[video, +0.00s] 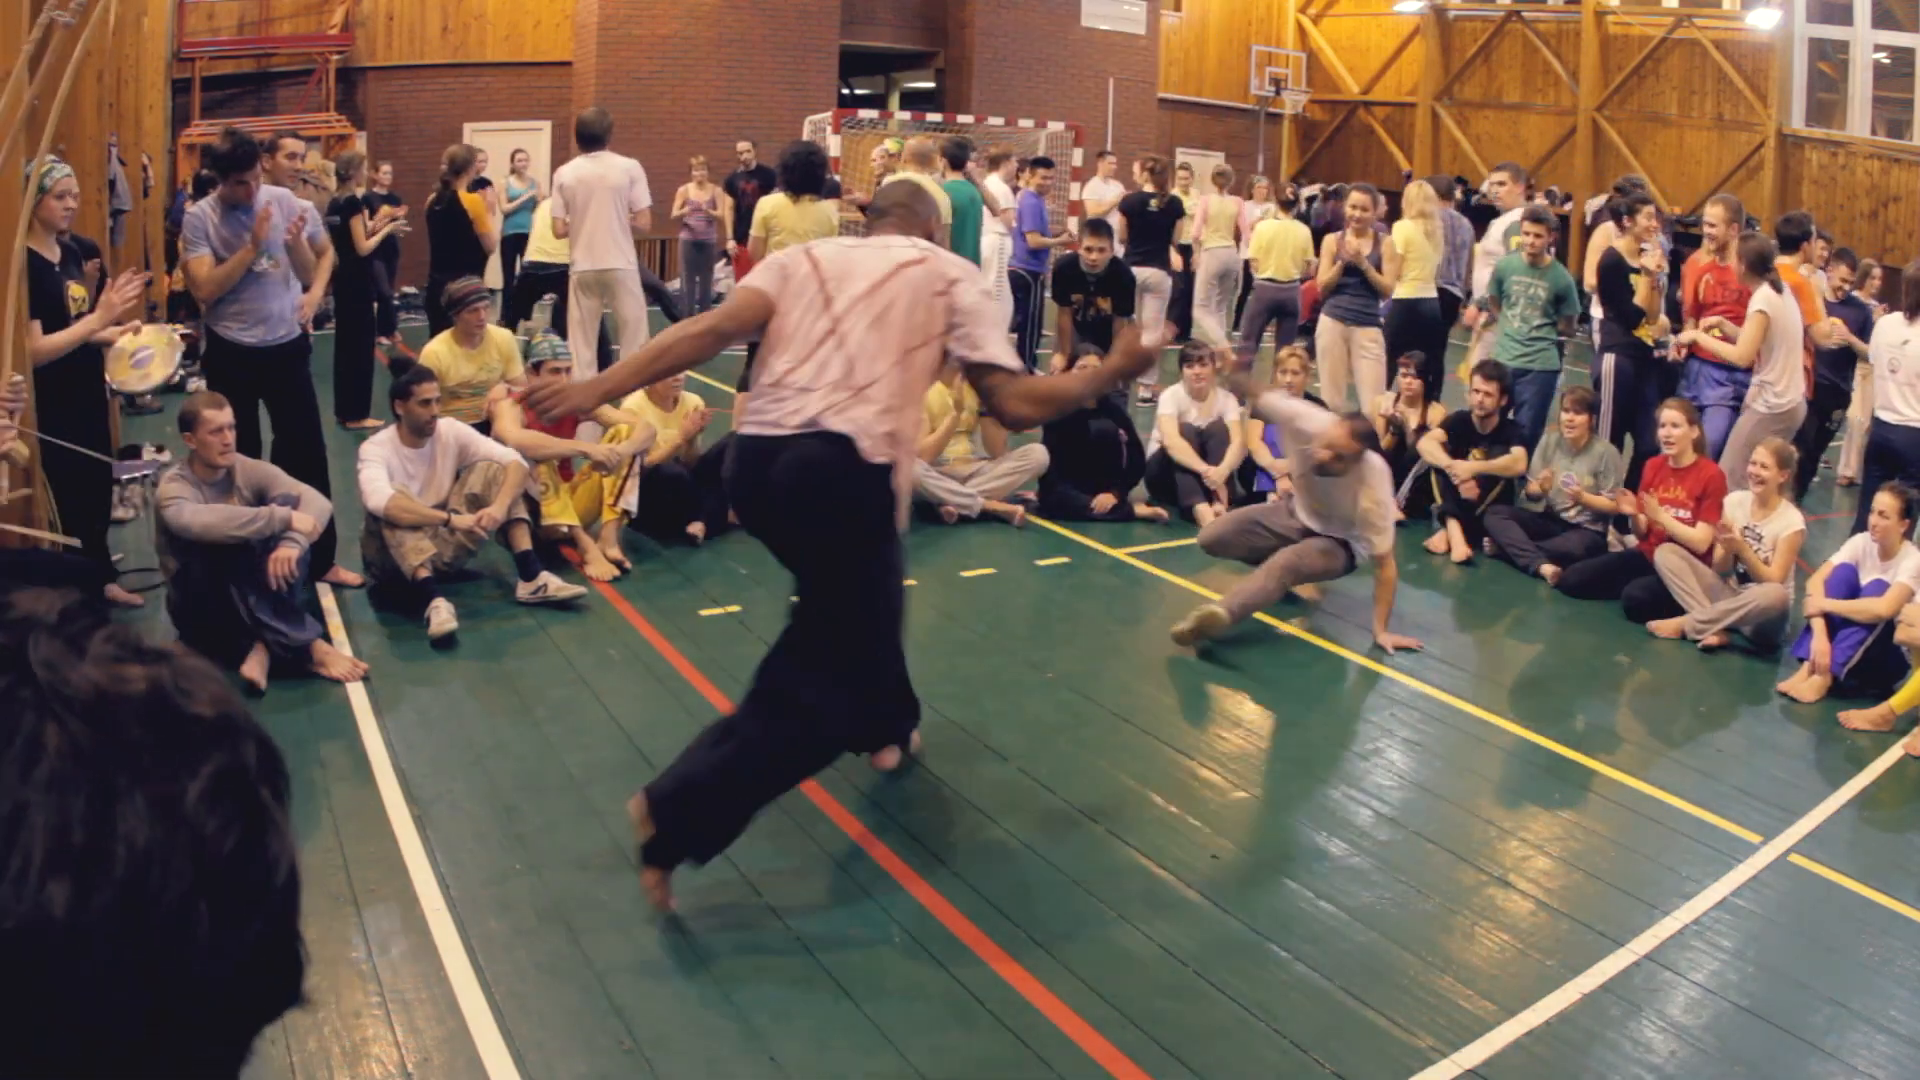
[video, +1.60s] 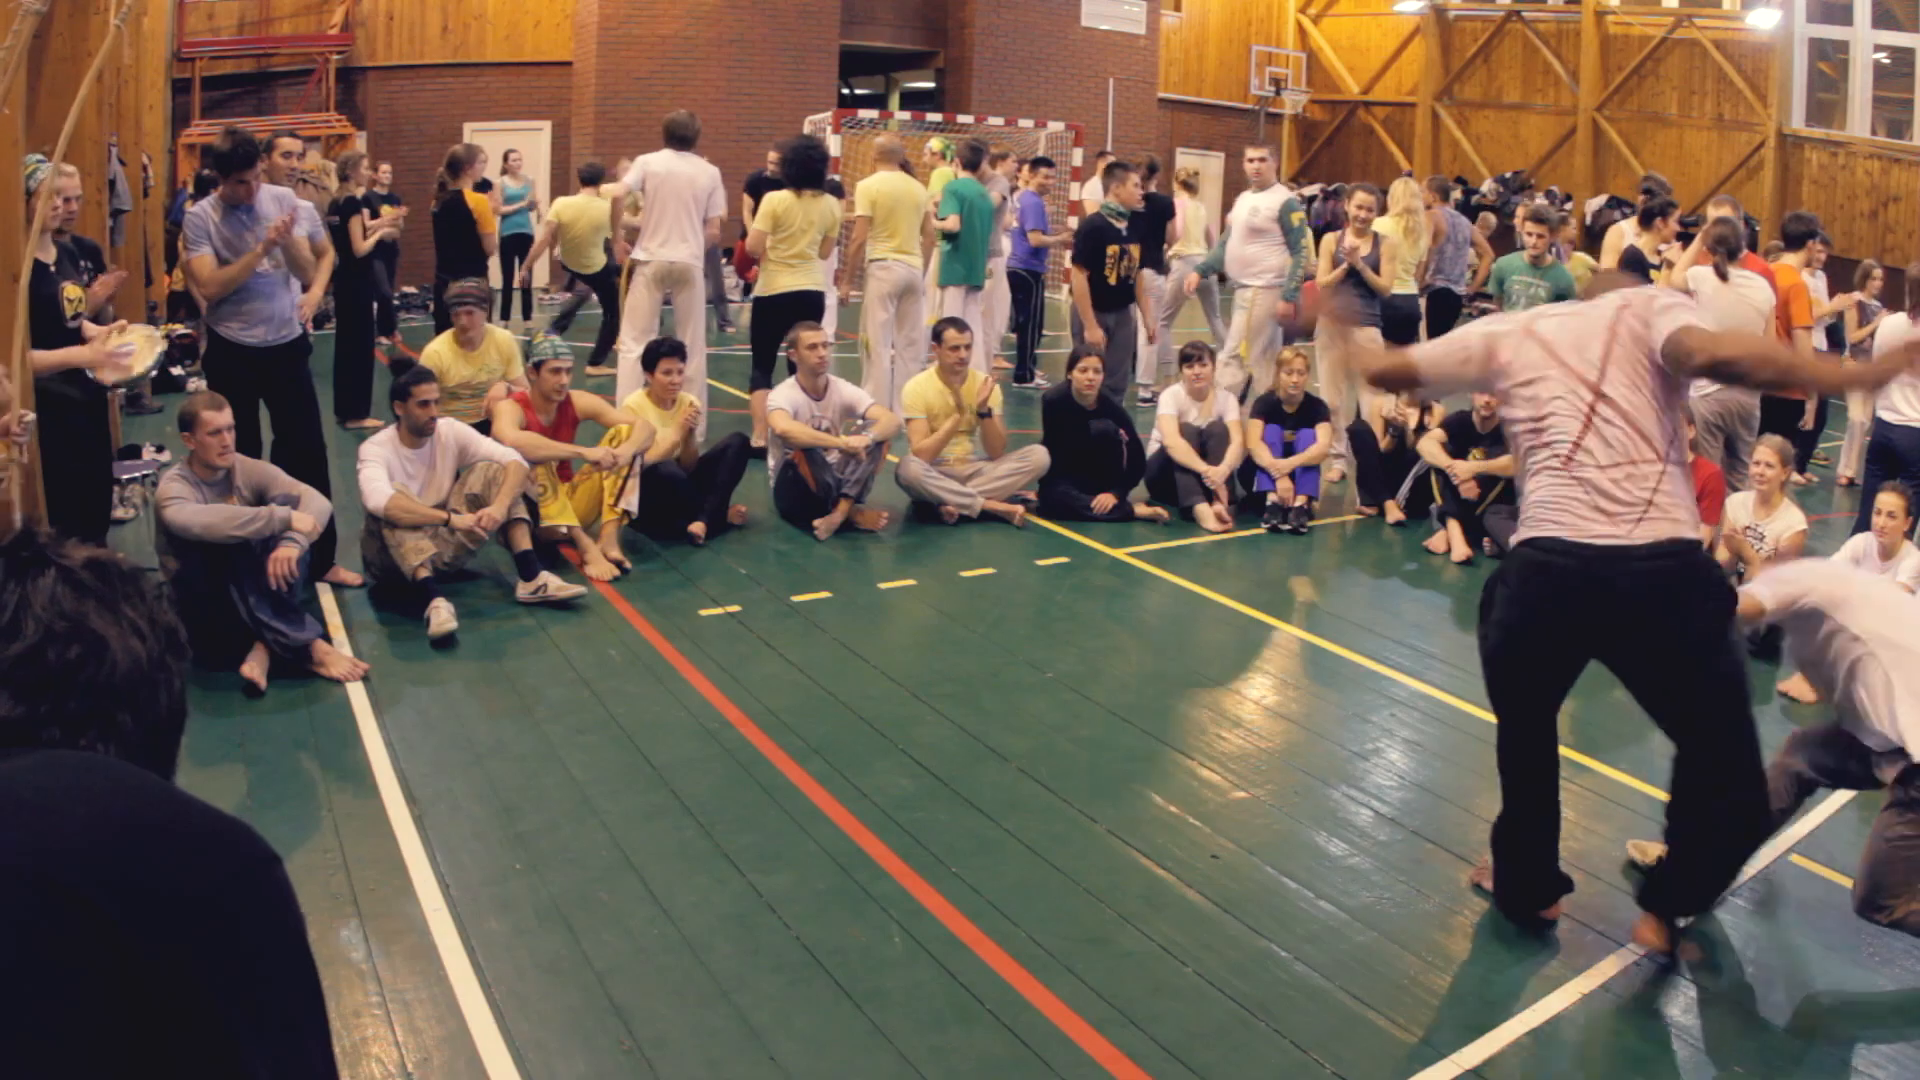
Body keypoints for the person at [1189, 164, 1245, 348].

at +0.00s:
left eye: (1215, 179)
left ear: (1212, 180)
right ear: (1231, 181)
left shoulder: (1205, 201)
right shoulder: (1238, 203)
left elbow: (1196, 233)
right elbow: (1245, 232)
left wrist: (1196, 251)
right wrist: (1245, 252)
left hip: (1211, 250)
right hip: (1231, 250)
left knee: (1201, 306)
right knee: (1223, 304)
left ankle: (1223, 347)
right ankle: (1219, 347)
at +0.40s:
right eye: (1246, 180)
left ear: (1225, 181)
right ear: (1244, 182)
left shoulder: (1216, 202)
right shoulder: (1249, 204)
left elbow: (1202, 234)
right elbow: (1251, 233)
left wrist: (1201, 249)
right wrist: (1253, 251)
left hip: (1221, 252)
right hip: (1243, 252)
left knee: (1227, 311)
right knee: (1249, 308)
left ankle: (1237, 356)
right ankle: (1250, 354)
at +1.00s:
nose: (1218, 185)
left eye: (1219, 181)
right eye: (1219, 181)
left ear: (1223, 181)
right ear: (1241, 183)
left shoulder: (1217, 200)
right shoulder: (1250, 205)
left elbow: (1210, 232)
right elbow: (1253, 232)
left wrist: (1197, 249)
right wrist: (1239, 226)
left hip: (1218, 253)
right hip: (1241, 254)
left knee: (1205, 311)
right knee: (1234, 319)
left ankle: (1205, 361)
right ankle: (1230, 372)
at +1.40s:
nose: (1192, 183)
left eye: (1194, 180)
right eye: (1194, 181)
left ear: (1197, 181)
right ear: (1215, 182)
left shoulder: (1191, 199)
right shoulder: (1222, 206)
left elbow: (1184, 231)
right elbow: (1236, 239)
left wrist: (1177, 243)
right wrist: (1244, 260)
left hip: (1192, 256)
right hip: (1214, 256)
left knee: (1173, 321)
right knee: (1219, 318)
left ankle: (1178, 372)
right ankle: (1230, 368)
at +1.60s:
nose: (1173, 187)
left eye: (1174, 184)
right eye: (1174, 184)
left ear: (1177, 184)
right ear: (1195, 186)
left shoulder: (1177, 203)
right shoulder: (1201, 207)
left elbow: (1177, 232)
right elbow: (1211, 236)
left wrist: (1166, 246)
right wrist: (1213, 255)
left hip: (1182, 257)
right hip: (1203, 256)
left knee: (1164, 320)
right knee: (1215, 316)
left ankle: (1167, 371)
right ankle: (1230, 357)